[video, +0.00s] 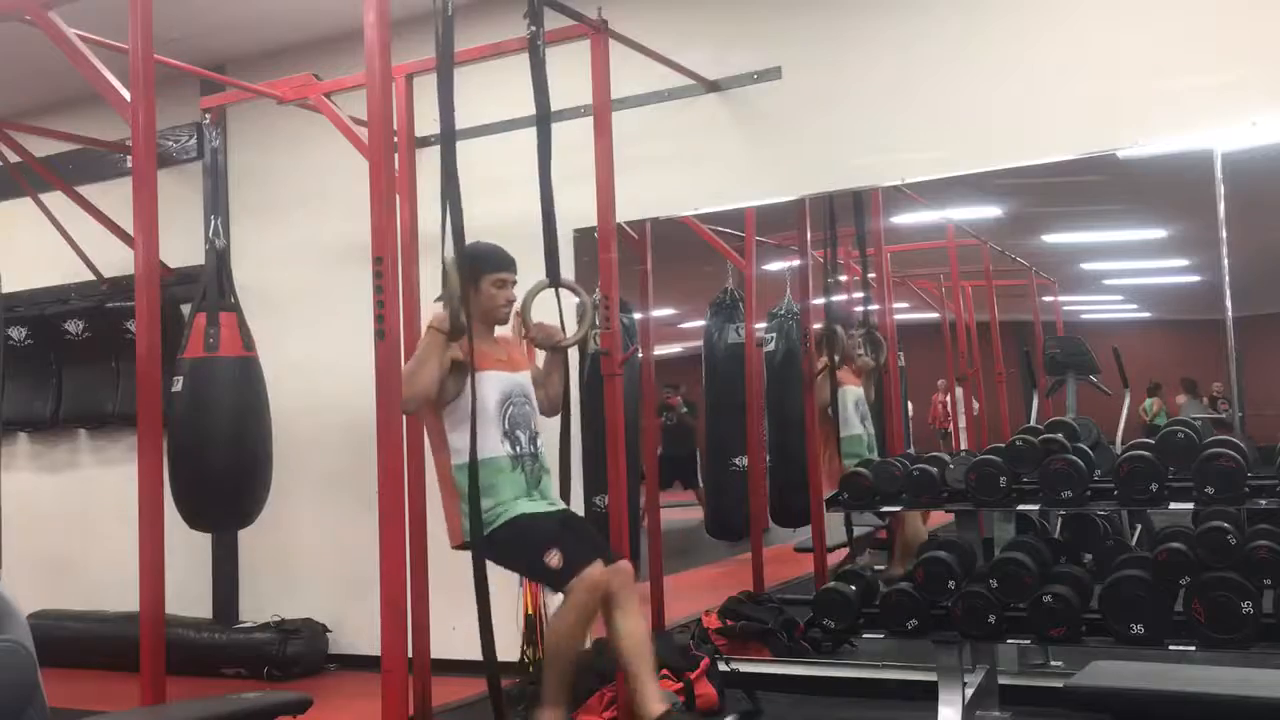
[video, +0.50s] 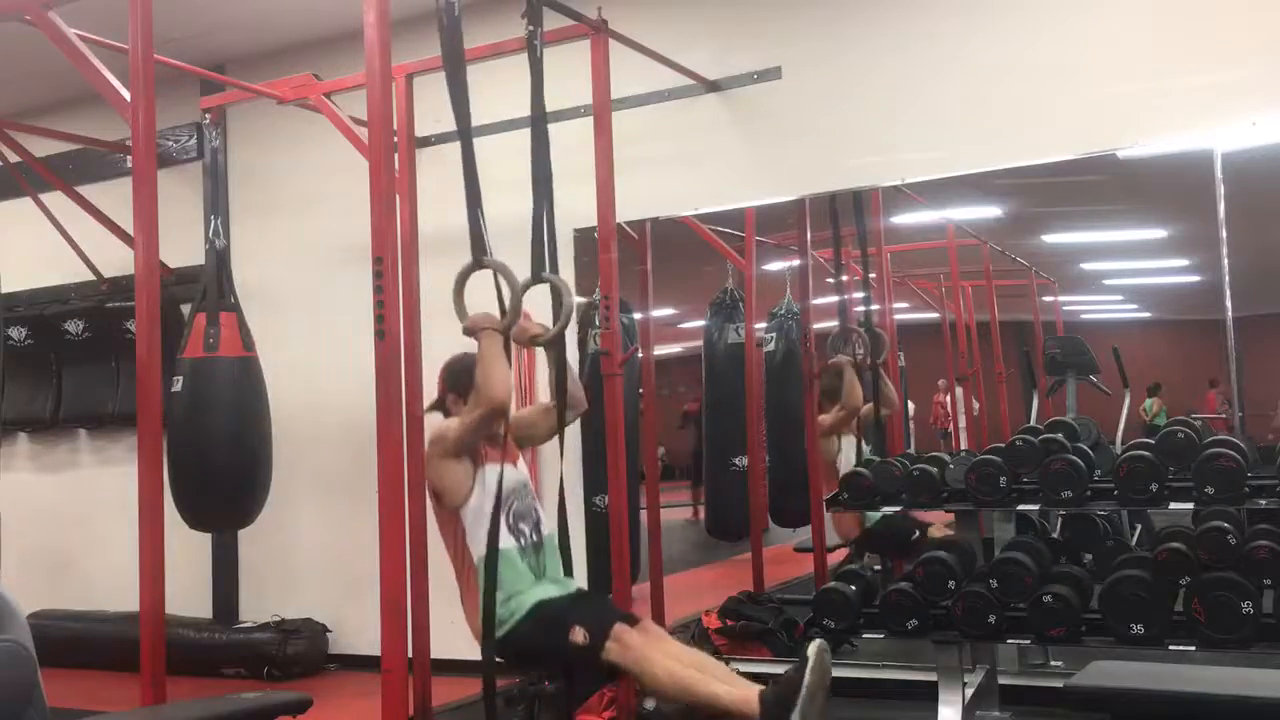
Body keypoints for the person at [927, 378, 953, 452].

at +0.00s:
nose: (941, 387)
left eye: (943, 385)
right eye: (940, 385)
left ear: (946, 386)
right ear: (938, 386)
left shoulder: (948, 396)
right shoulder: (935, 397)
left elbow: (950, 408)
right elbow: (933, 409)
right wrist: (931, 420)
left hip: (947, 421)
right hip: (938, 421)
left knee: (949, 438)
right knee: (941, 439)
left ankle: (950, 451)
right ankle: (943, 452)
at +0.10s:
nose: (941, 388)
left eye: (943, 386)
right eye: (940, 386)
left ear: (946, 386)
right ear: (938, 387)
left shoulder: (948, 396)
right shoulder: (935, 397)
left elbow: (951, 407)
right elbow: (933, 409)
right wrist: (931, 420)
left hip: (948, 421)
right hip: (939, 422)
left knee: (950, 438)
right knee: (941, 439)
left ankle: (952, 452)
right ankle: (943, 452)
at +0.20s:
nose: (942, 388)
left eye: (943, 385)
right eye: (940, 386)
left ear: (946, 386)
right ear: (938, 387)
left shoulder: (948, 396)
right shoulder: (935, 397)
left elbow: (951, 409)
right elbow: (934, 410)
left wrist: (952, 421)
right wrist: (932, 420)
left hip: (948, 421)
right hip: (939, 422)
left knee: (950, 438)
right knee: (941, 439)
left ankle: (951, 451)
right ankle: (943, 451)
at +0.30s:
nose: (942, 387)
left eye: (943, 385)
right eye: (940, 386)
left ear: (946, 386)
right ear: (938, 386)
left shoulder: (948, 396)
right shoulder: (936, 397)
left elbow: (952, 409)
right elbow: (934, 410)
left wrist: (952, 421)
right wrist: (932, 420)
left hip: (948, 421)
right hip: (940, 421)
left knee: (950, 437)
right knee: (942, 438)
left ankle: (952, 450)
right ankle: (943, 450)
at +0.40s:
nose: (942, 387)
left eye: (943, 385)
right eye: (940, 386)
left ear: (946, 386)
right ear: (938, 386)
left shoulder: (948, 396)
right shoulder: (936, 397)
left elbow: (951, 409)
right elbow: (934, 410)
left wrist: (952, 421)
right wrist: (932, 420)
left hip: (948, 421)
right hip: (940, 421)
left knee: (950, 437)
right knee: (942, 438)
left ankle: (952, 450)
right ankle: (943, 450)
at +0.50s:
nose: (942, 387)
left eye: (943, 385)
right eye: (940, 386)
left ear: (946, 386)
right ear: (938, 386)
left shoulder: (949, 396)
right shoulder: (936, 397)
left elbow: (952, 409)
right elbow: (934, 410)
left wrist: (952, 421)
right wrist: (932, 420)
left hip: (949, 421)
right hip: (940, 422)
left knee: (951, 437)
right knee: (942, 438)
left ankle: (953, 450)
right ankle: (943, 451)